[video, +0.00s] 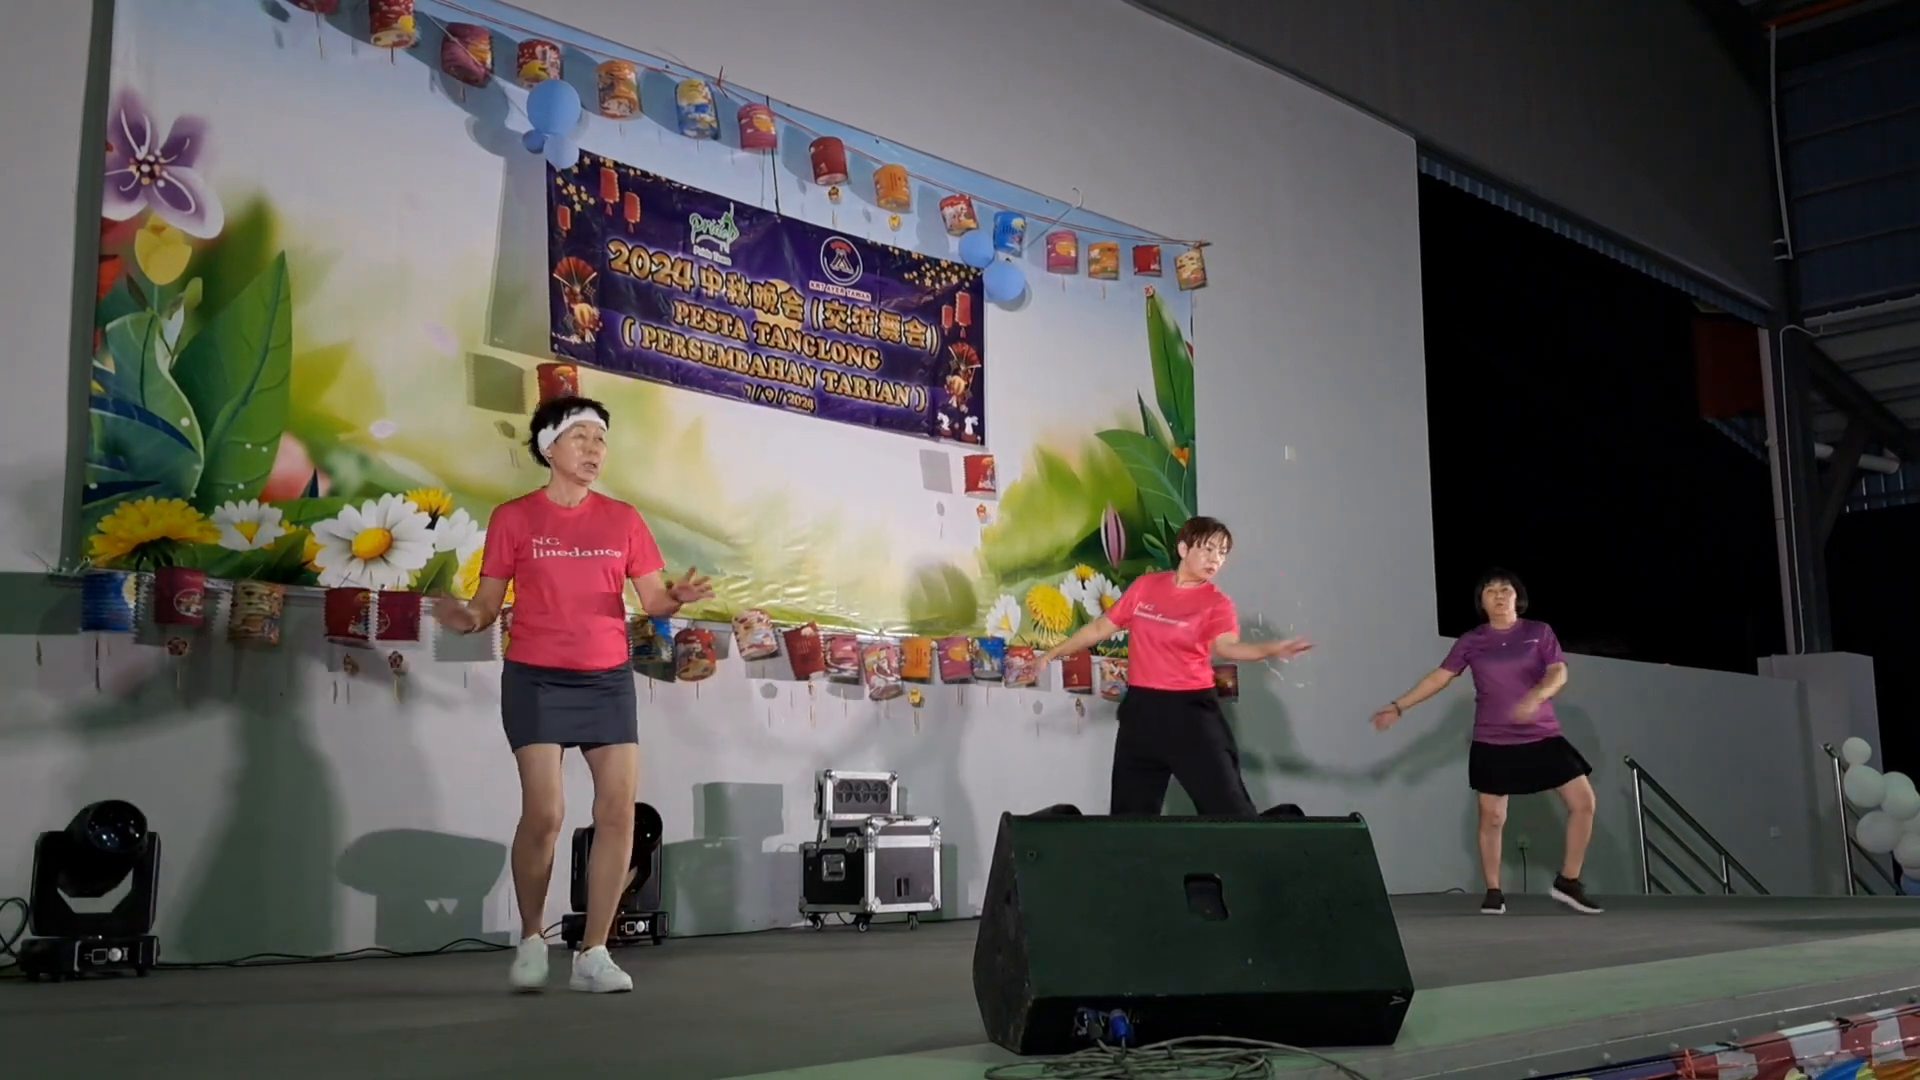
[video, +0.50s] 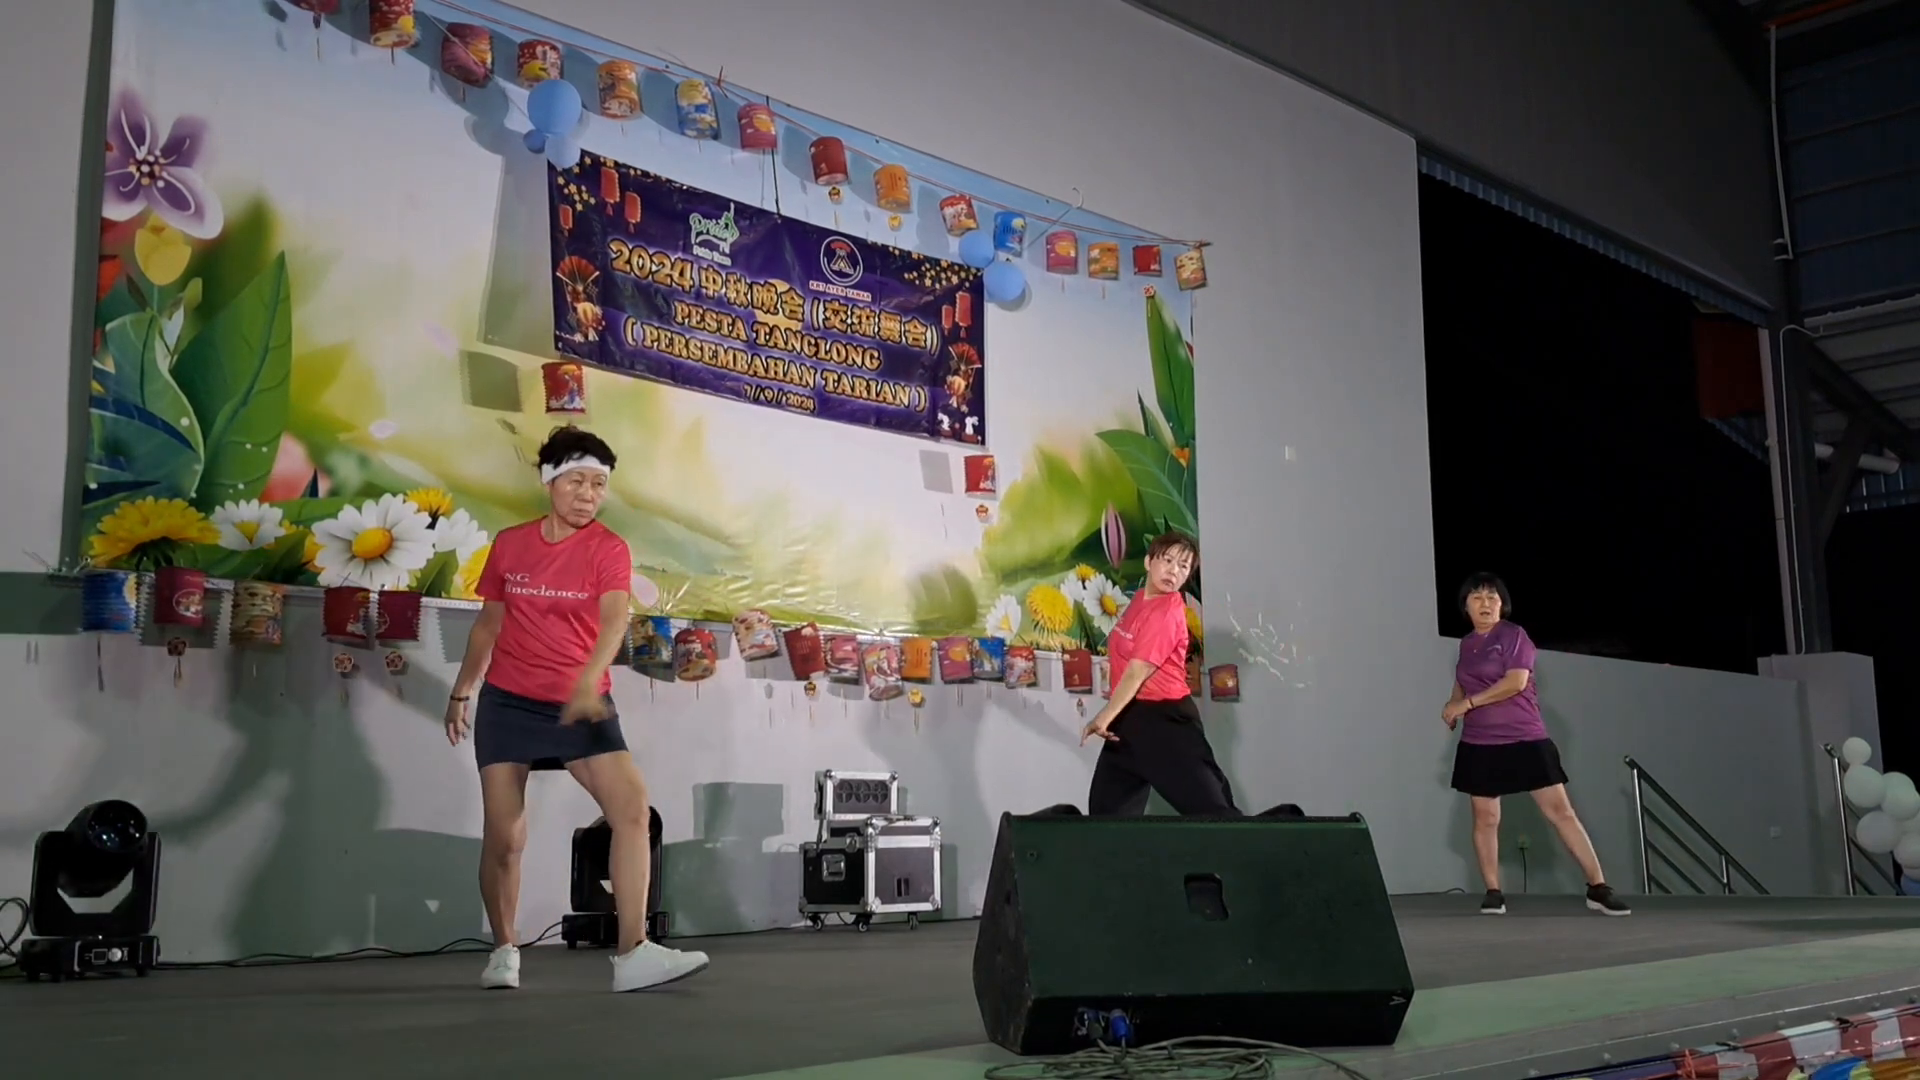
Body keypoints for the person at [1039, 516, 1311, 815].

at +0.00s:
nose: (1215, 559)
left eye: (1222, 554)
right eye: (1208, 549)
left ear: (1225, 561)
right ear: (1183, 548)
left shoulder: (1217, 603)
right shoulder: (1146, 587)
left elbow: (1225, 648)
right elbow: (1101, 628)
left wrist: (1272, 649)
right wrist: (1050, 654)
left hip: (1193, 716)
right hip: (1141, 713)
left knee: (1233, 817)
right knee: (1129, 824)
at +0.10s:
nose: (1204, 566)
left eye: (1211, 560)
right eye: (1196, 556)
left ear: (1215, 566)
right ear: (1173, 556)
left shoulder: (1199, 611)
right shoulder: (1141, 590)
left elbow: (1191, 664)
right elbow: (1105, 636)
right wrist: (1064, 666)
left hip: (1180, 723)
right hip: (1131, 719)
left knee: (1226, 818)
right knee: (1118, 825)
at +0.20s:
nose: (1193, 571)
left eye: (1200, 566)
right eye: (1186, 561)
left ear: (1204, 573)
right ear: (1163, 560)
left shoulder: (1189, 615)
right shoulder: (1141, 593)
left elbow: (1167, 663)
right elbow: (1122, 642)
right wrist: (1099, 675)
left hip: (1171, 725)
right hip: (1126, 721)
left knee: (1220, 818)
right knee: (1111, 823)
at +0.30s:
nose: (1184, 573)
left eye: (1192, 568)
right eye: (1177, 563)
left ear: (1196, 576)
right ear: (1156, 563)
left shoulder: (1178, 614)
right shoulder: (1140, 596)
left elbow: (1150, 669)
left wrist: (1125, 711)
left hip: (1167, 722)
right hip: (1124, 717)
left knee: (1216, 818)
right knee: (1105, 823)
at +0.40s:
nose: (1177, 573)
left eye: (1186, 568)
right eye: (1170, 562)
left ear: (1190, 577)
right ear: (1151, 563)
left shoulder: (1170, 613)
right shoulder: (1143, 596)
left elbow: (1141, 672)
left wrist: (1109, 715)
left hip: (1165, 721)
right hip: (1128, 716)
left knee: (1215, 816)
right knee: (1105, 820)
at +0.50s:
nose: (1174, 571)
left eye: (1183, 566)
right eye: (1167, 560)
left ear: (1188, 576)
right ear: (1149, 562)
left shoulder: (1167, 610)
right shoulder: (1142, 598)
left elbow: (1139, 670)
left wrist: (1104, 717)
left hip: (1164, 720)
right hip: (1128, 718)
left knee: (1215, 814)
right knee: (1107, 820)